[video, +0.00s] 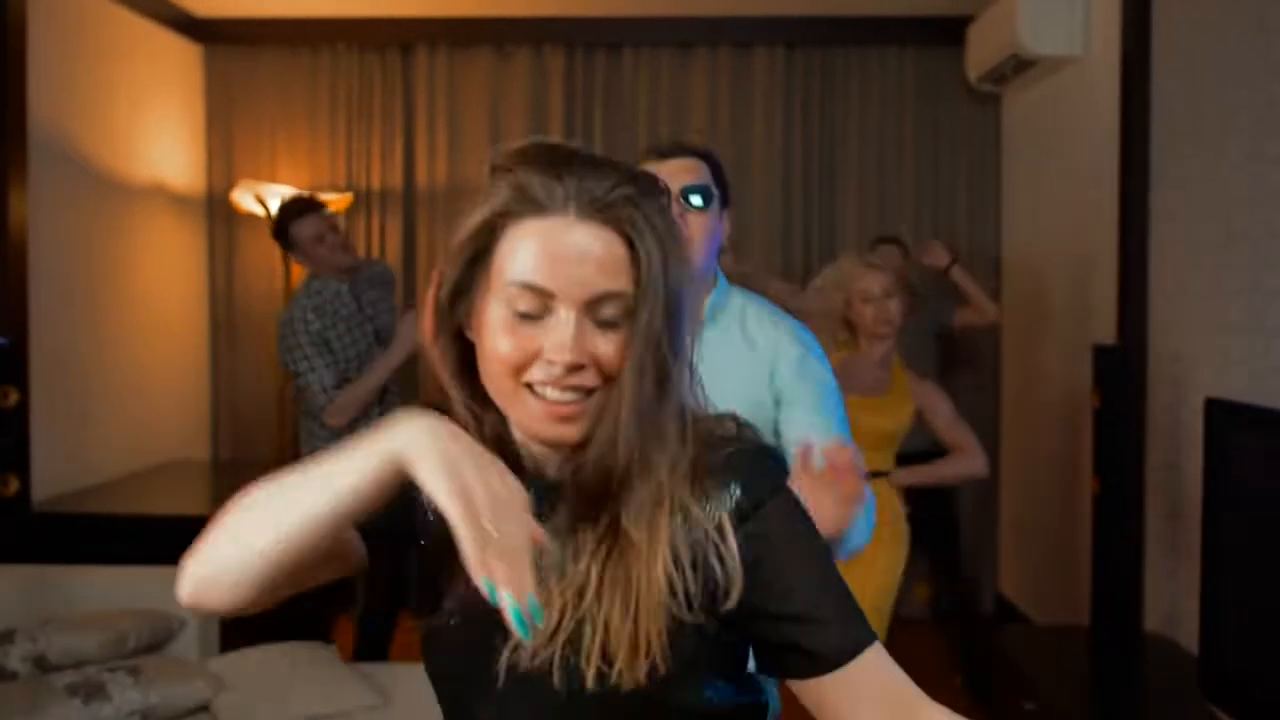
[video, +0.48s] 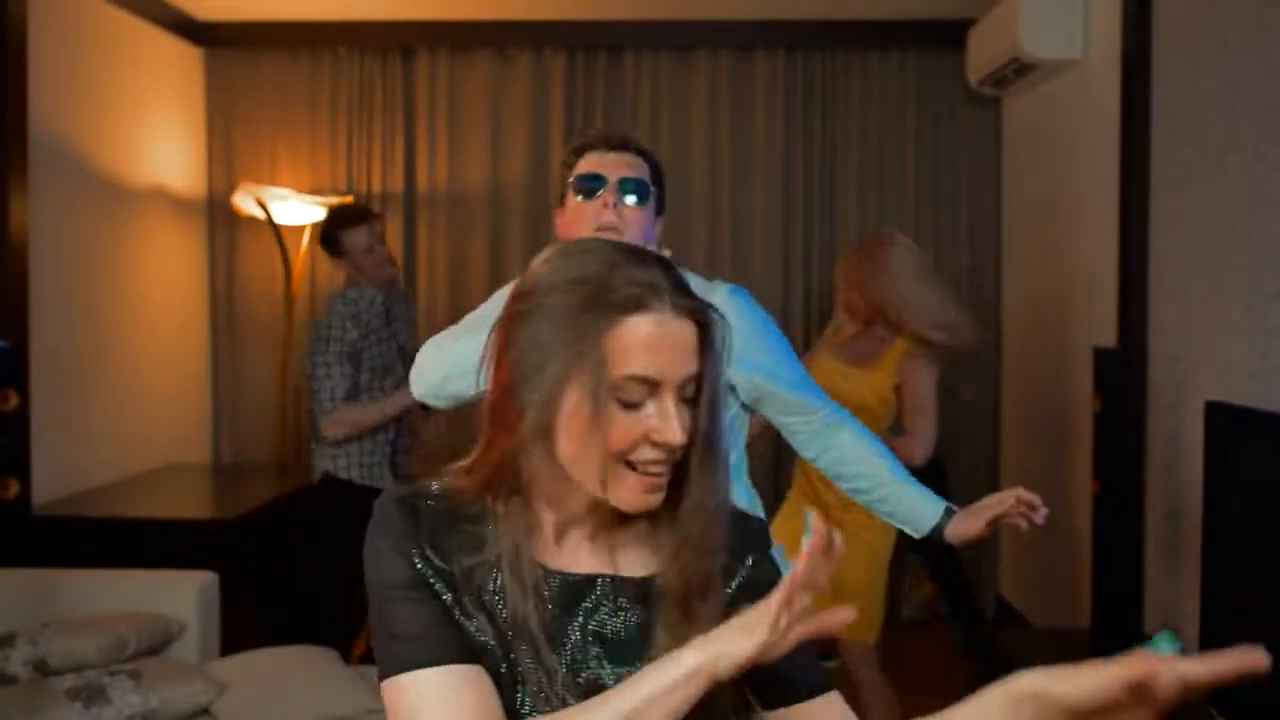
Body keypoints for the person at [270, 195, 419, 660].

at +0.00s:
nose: (335, 240)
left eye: (333, 228)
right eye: (319, 239)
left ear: (343, 225)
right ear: (300, 257)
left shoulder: (379, 280)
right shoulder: (302, 316)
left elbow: (392, 348)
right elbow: (335, 412)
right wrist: (401, 348)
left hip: (389, 445)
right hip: (333, 459)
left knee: (388, 577)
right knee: (328, 583)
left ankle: (368, 682)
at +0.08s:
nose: (338, 242)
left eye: (336, 230)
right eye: (322, 241)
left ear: (344, 226)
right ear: (303, 257)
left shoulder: (380, 279)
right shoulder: (307, 314)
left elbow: (398, 355)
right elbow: (342, 411)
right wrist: (402, 344)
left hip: (395, 458)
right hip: (341, 474)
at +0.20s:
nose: (346, 243)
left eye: (343, 231)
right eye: (330, 242)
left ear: (352, 229)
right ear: (311, 261)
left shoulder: (385, 285)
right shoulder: (315, 313)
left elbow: (403, 371)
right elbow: (347, 414)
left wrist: (412, 430)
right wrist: (405, 345)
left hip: (396, 467)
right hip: (346, 478)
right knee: (345, 599)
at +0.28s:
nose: (355, 244)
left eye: (352, 232)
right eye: (339, 243)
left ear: (360, 231)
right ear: (320, 262)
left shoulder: (387, 287)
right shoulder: (324, 314)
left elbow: (407, 361)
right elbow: (346, 416)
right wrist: (411, 352)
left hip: (396, 469)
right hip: (348, 478)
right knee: (337, 601)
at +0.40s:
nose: (371, 250)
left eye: (369, 238)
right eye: (355, 248)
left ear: (373, 235)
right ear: (333, 263)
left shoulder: (393, 293)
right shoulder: (336, 318)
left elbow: (404, 373)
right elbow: (339, 422)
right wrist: (414, 378)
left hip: (396, 469)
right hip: (350, 478)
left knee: (391, 590)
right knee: (343, 600)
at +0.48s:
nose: (384, 256)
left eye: (382, 243)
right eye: (368, 251)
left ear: (385, 238)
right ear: (344, 263)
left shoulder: (399, 302)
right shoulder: (342, 318)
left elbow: (400, 381)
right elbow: (333, 423)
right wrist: (410, 394)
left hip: (394, 472)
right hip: (353, 480)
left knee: (390, 592)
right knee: (348, 602)